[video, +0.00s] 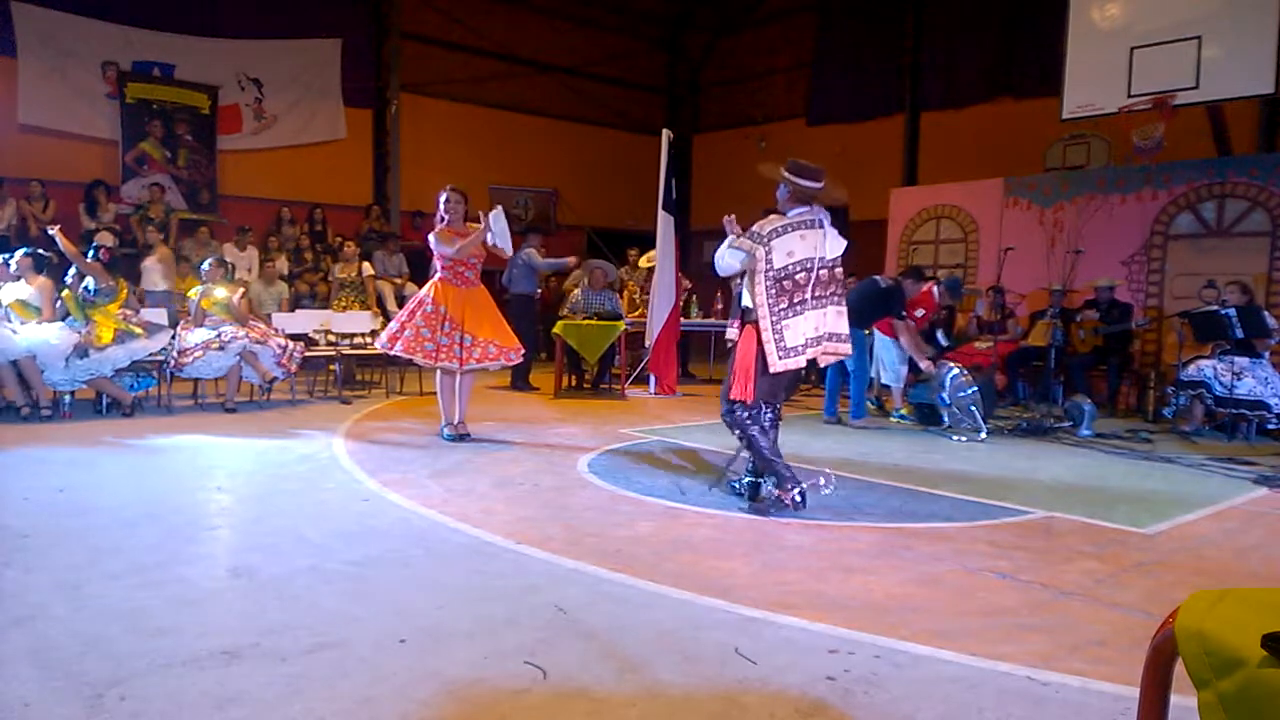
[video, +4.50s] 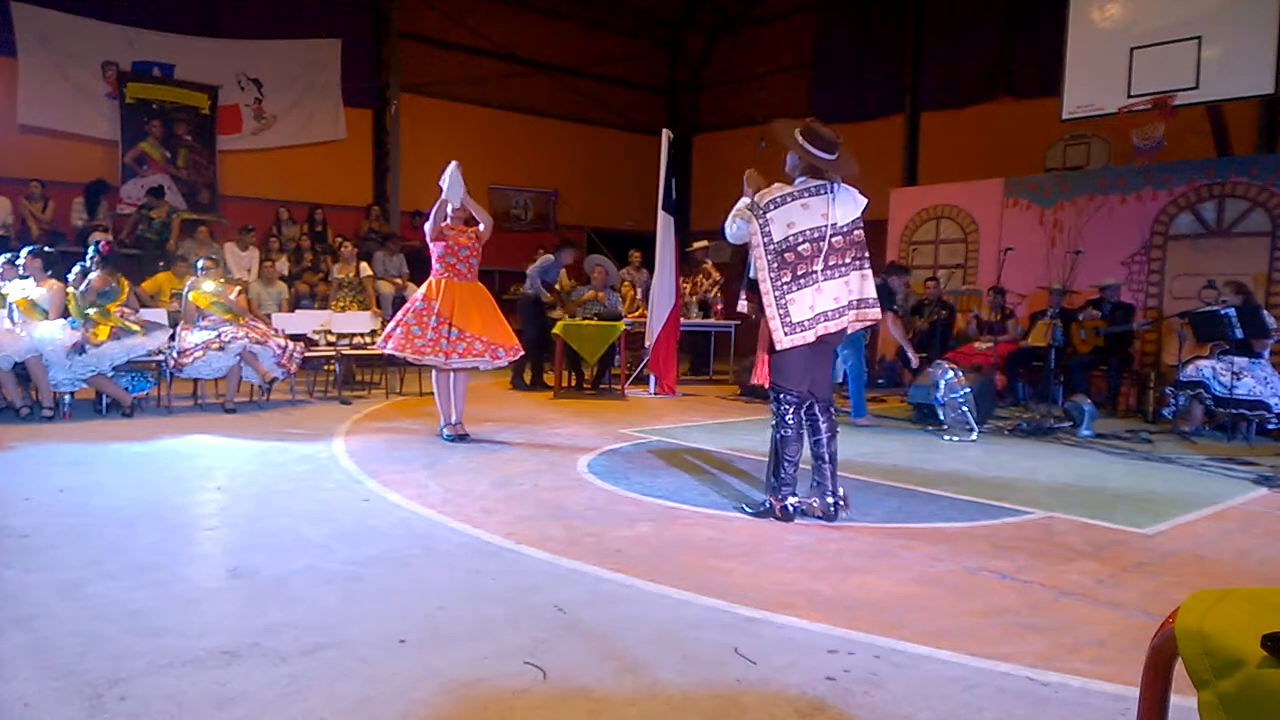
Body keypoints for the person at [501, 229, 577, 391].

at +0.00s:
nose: (541, 242)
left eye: (540, 238)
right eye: (539, 238)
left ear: (526, 239)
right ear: (533, 238)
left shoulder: (514, 257)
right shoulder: (529, 252)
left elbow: (505, 280)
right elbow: (540, 265)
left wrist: (521, 289)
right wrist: (566, 262)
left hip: (515, 298)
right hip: (525, 298)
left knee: (521, 338)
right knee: (528, 339)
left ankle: (518, 377)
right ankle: (521, 378)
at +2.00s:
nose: (543, 244)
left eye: (543, 240)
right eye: (541, 240)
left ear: (529, 240)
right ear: (535, 239)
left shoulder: (516, 256)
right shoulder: (531, 253)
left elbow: (507, 280)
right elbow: (540, 271)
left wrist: (525, 287)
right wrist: (565, 278)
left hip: (516, 298)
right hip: (527, 299)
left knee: (523, 337)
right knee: (530, 338)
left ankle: (518, 376)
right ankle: (522, 377)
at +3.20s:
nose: (550, 251)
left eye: (551, 247)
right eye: (549, 246)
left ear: (536, 244)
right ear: (542, 245)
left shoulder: (519, 256)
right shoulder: (536, 258)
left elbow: (507, 276)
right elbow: (530, 278)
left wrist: (520, 286)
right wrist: (548, 295)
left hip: (516, 299)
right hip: (528, 299)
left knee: (521, 338)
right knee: (529, 339)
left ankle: (517, 376)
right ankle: (523, 377)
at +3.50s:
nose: (564, 260)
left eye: (565, 257)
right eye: (564, 256)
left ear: (553, 251)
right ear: (556, 253)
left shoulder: (532, 259)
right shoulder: (546, 260)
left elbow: (517, 274)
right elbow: (533, 275)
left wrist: (530, 289)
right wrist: (547, 297)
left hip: (519, 297)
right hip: (528, 298)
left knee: (529, 340)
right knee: (531, 341)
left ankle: (535, 376)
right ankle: (524, 378)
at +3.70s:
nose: (573, 262)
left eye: (574, 258)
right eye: (572, 258)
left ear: (565, 257)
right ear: (565, 256)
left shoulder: (554, 267)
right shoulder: (552, 261)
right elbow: (536, 273)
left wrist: (549, 296)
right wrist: (549, 294)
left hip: (535, 299)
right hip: (527, 298)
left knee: (538, 339)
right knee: (531, 339)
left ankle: (537, 377)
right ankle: (523, 379)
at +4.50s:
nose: (572, 260)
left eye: (574, 256)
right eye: (571, 255)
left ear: (567, 255)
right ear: (564, 252)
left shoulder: (558, 268)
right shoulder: (549, 259)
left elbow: (551, 285)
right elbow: (532, 272)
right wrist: (543, 294)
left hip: (538, 301)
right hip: (528, 300)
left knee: (541, 340)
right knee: (529, 338)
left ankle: (537, 376)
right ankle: (517, 376)